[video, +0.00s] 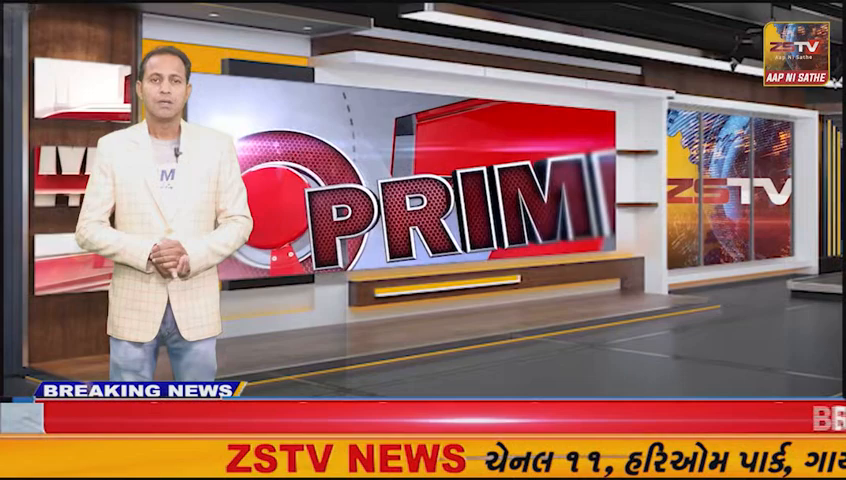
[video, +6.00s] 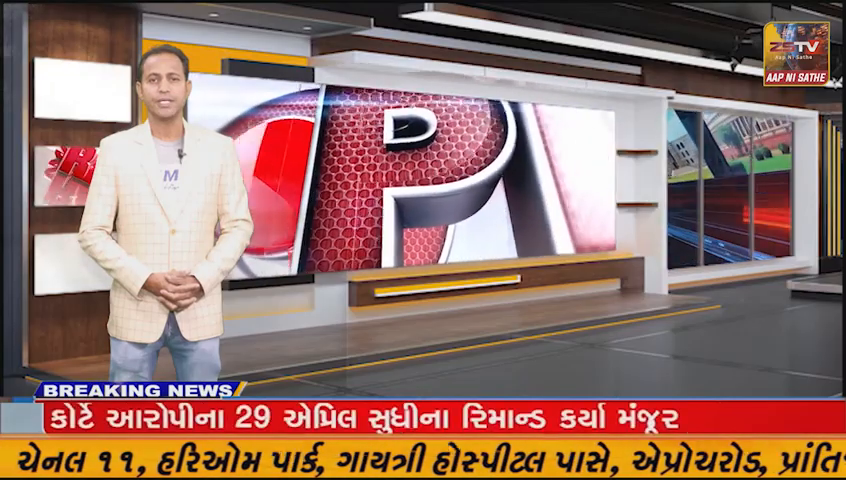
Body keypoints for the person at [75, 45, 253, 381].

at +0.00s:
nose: (165, 89)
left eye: (175, 80)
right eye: (155, 79)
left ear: (187, 91)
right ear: (140, 89)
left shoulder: (217, 146)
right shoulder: (112, 147)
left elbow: (238, 221)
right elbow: (89, 228)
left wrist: (193, 255)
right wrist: (148, 254)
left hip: (196, 302)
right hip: (134, 303)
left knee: (201, 413)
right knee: (128, 414)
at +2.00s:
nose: (159, 86)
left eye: (168, 76)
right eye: (149, 78)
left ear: (184, 86)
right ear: (136, 91)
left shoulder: (216, 146)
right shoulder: (113, 147)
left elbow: (235, 222)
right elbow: (89, 229)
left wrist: (193, 255)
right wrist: (147, 244)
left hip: (194, 303)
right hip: (132, 303)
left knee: (200, 414)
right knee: (124, 417)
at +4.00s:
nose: (164, 86)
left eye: (173, 77)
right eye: (153, 78)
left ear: (186, 87)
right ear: (139, 89)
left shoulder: (218, 148)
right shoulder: (114, 149)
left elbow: (239, 224)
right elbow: (91, 232)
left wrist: (201, 279)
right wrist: (145, 279)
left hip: (198, 310)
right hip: (134, 310)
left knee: (203, 420)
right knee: (125, 421)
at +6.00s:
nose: (163, 88)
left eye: (173, 78)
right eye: (153, 79)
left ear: (188, 87)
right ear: (140, 90)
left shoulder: (219, 148)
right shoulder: (115, 148)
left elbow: (238, 225)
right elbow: (92, 232)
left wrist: (202, 280)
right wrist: (145, 279)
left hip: (199, 309)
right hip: (135, 310)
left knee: (204, 420)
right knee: (125, 420)